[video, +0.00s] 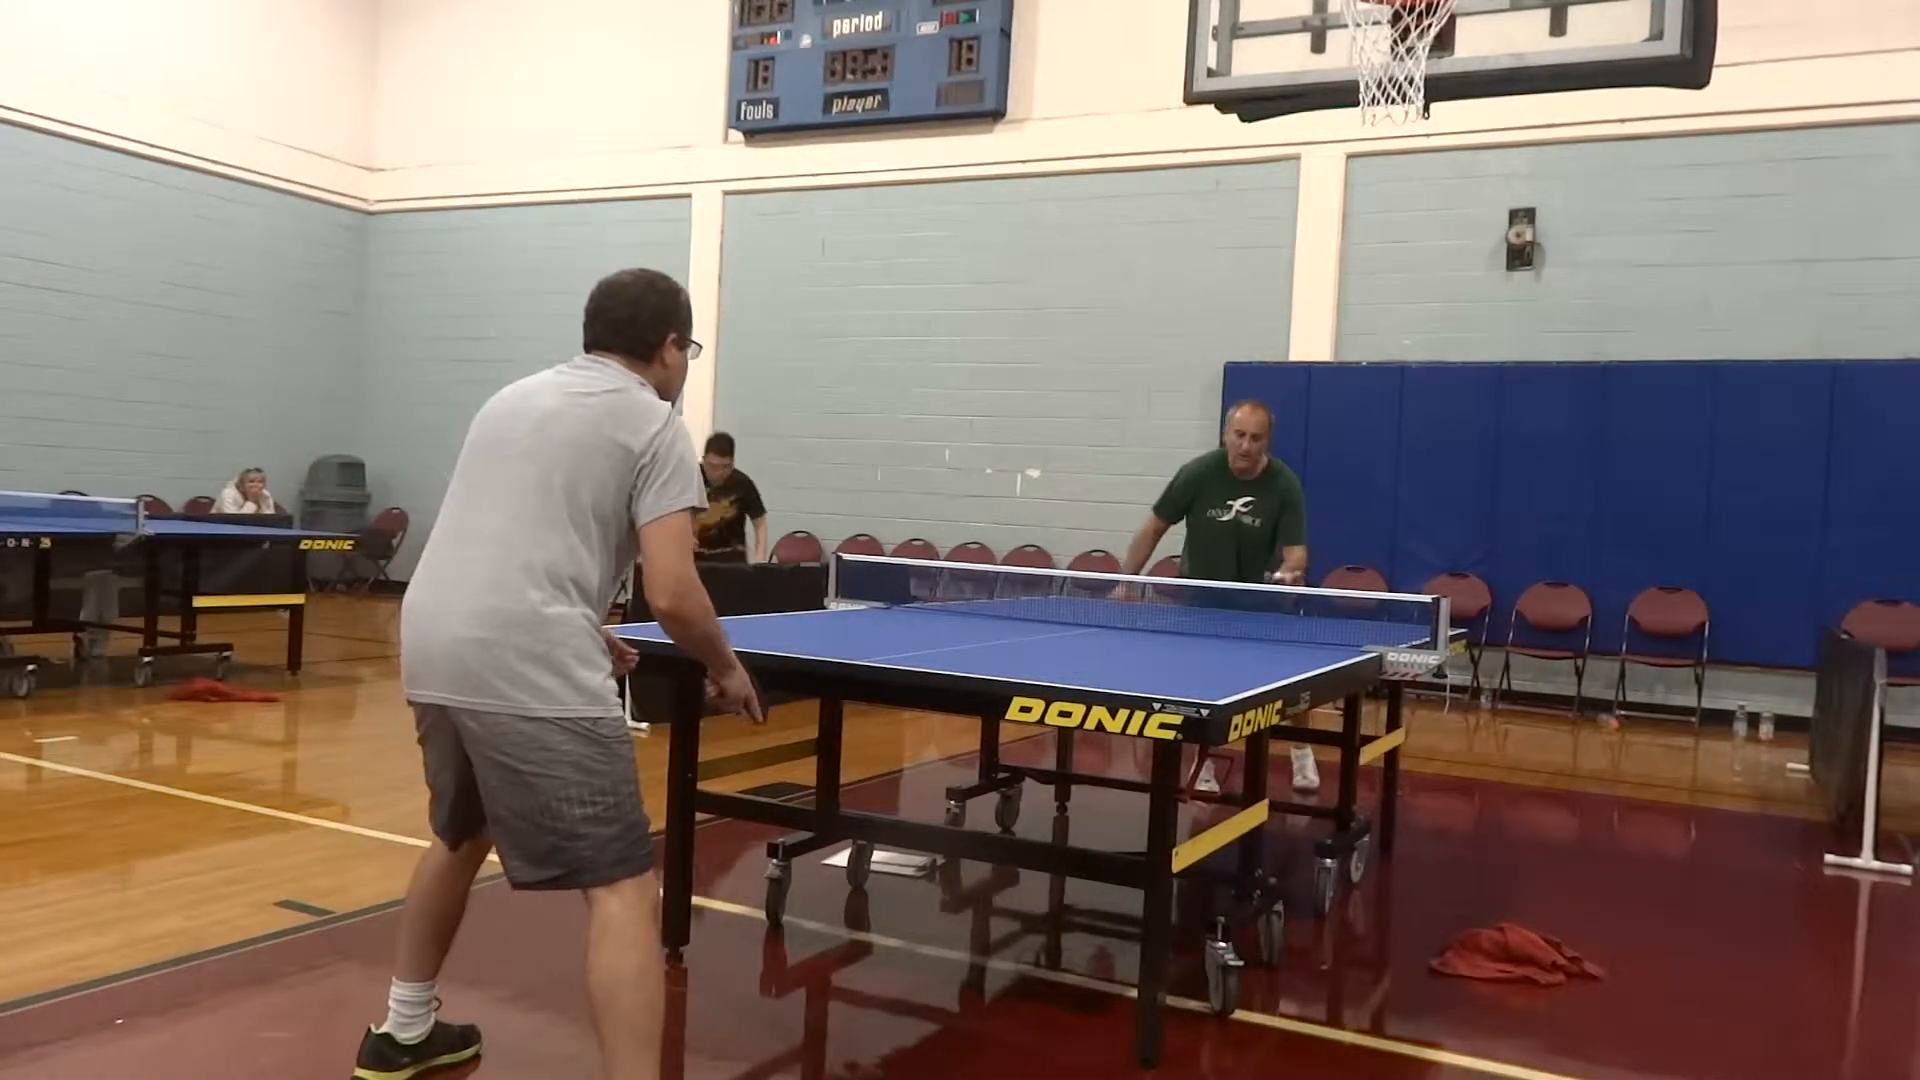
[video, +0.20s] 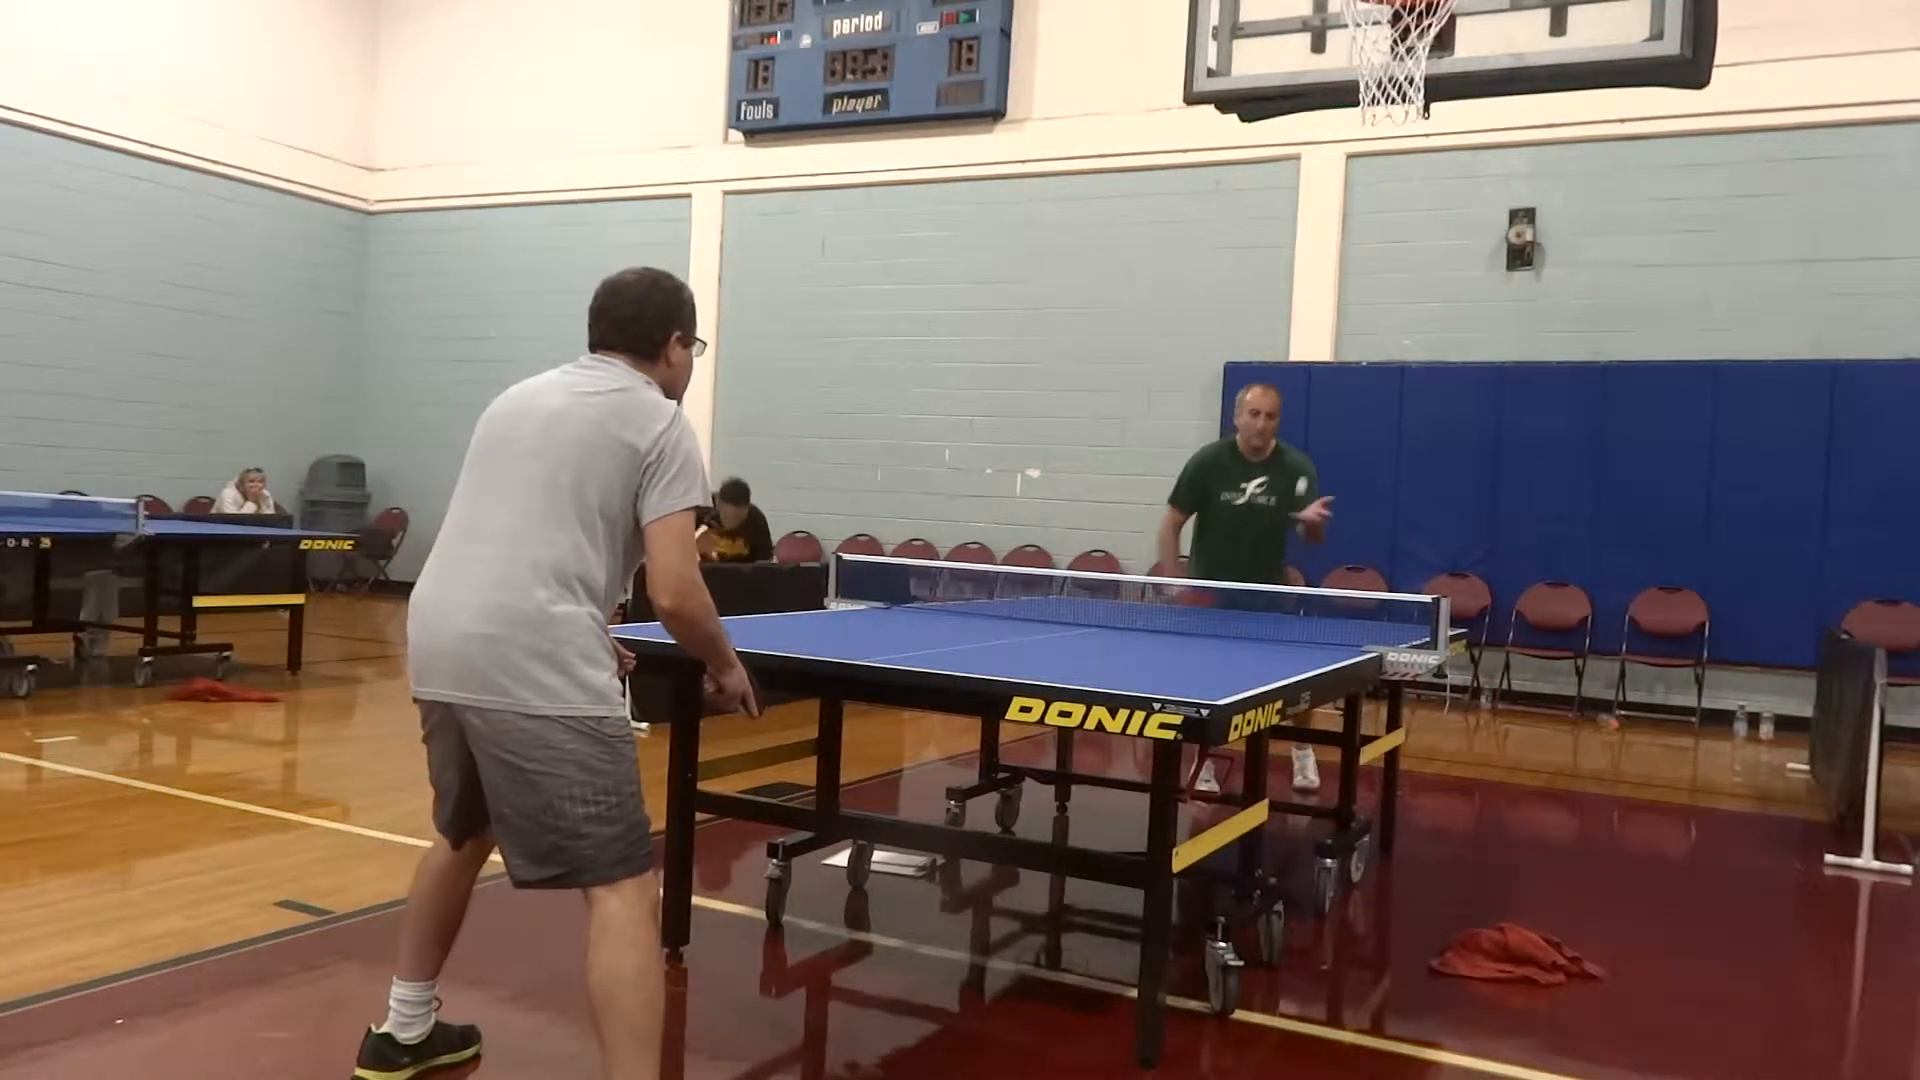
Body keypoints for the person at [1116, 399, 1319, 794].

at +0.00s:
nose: (1245, 445)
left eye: (1255, 437)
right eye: (1238, 435)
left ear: (1268, 441)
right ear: (1225, 435)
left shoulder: (1284, 484)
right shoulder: (1197, 475)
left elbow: (1296, 551)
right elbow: (1154, 527)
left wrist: (1290, 571)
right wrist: (1127, 580)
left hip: (1260, 602)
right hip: (1203, 598)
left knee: (1281, 673)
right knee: (1201, 676)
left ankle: (1300, 749)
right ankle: (1207, 759)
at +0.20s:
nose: (1261, 424)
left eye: (1269, 416)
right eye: (1254, 414)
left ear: (1279, 422)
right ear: (1237, 417)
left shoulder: (1296, 468)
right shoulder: (1209, 461)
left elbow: (1314, 538)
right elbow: (1170, 523)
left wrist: (1311, 521)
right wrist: (1171, 577)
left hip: (1268, 591)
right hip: (1210, 588)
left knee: (1293, 668)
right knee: (1207, 671)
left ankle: (1302, 748)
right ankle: (1208, 757)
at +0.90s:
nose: (1290, 410)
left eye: (1298, 402)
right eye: (1281, 401)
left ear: (1310, 407)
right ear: (1267, 406)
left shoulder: (1335, 458)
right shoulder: (1244, 458)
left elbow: (1355, 517)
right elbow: (1224, 519)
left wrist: (1363, 572)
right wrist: (1222, 551)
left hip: (1316, 594)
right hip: (1257, 592)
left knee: (1318, 679)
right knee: (1241, 671)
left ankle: (1302, 755)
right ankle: (1225, 757)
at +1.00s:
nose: (1289, 408)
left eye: (1297, 400)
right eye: (1280, 400)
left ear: (1309, 406)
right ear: (1266, 407)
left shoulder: (1336, 458)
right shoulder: (1245, 461)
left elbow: (1359, 515)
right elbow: (1224, 520)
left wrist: (1369, 572)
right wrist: (1228, 550)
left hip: (1319, 594)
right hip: (1259, 593)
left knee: (1323, 680)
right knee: (1254, 674)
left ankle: (1303, 755)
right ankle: (1247, 759)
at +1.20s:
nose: (1288, 410)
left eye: (1298, 403)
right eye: (1281, 402)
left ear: (1313, 412)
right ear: (1270, 410)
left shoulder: (1343, 461)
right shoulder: (1247, 466)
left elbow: (1373, 518)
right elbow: (1231, 526)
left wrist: (1379, 573)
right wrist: (1241, 566)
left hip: (1333, 596)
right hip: (1268, 597)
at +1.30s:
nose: (1296, 414)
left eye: (1306, 407)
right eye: (1290, 405)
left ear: (1323, 415)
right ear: (1280, 411)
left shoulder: (1351, 466)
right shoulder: (1258, 469)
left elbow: (1385, 524)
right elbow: (1239, 528)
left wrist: (1388, 578)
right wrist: (1249, 566)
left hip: (1341, 605)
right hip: (1275, 602)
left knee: (1375, 686)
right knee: (1256, 683)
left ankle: (1409, 769)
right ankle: (1250, 763)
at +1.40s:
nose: (1308, 422)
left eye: (1319, 415)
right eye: (1302, 414)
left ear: (1335, 423)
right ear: (1291, 420)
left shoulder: (1364, 475)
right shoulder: (1273, 475)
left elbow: (1402, 537)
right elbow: (1253, 533)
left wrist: (1392, 590)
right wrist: (1255, 572)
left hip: (1351, 615)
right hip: (1286, 612)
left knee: (1403, 681)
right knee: (1253, 678)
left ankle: (1428, 780)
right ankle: (1250, 763)